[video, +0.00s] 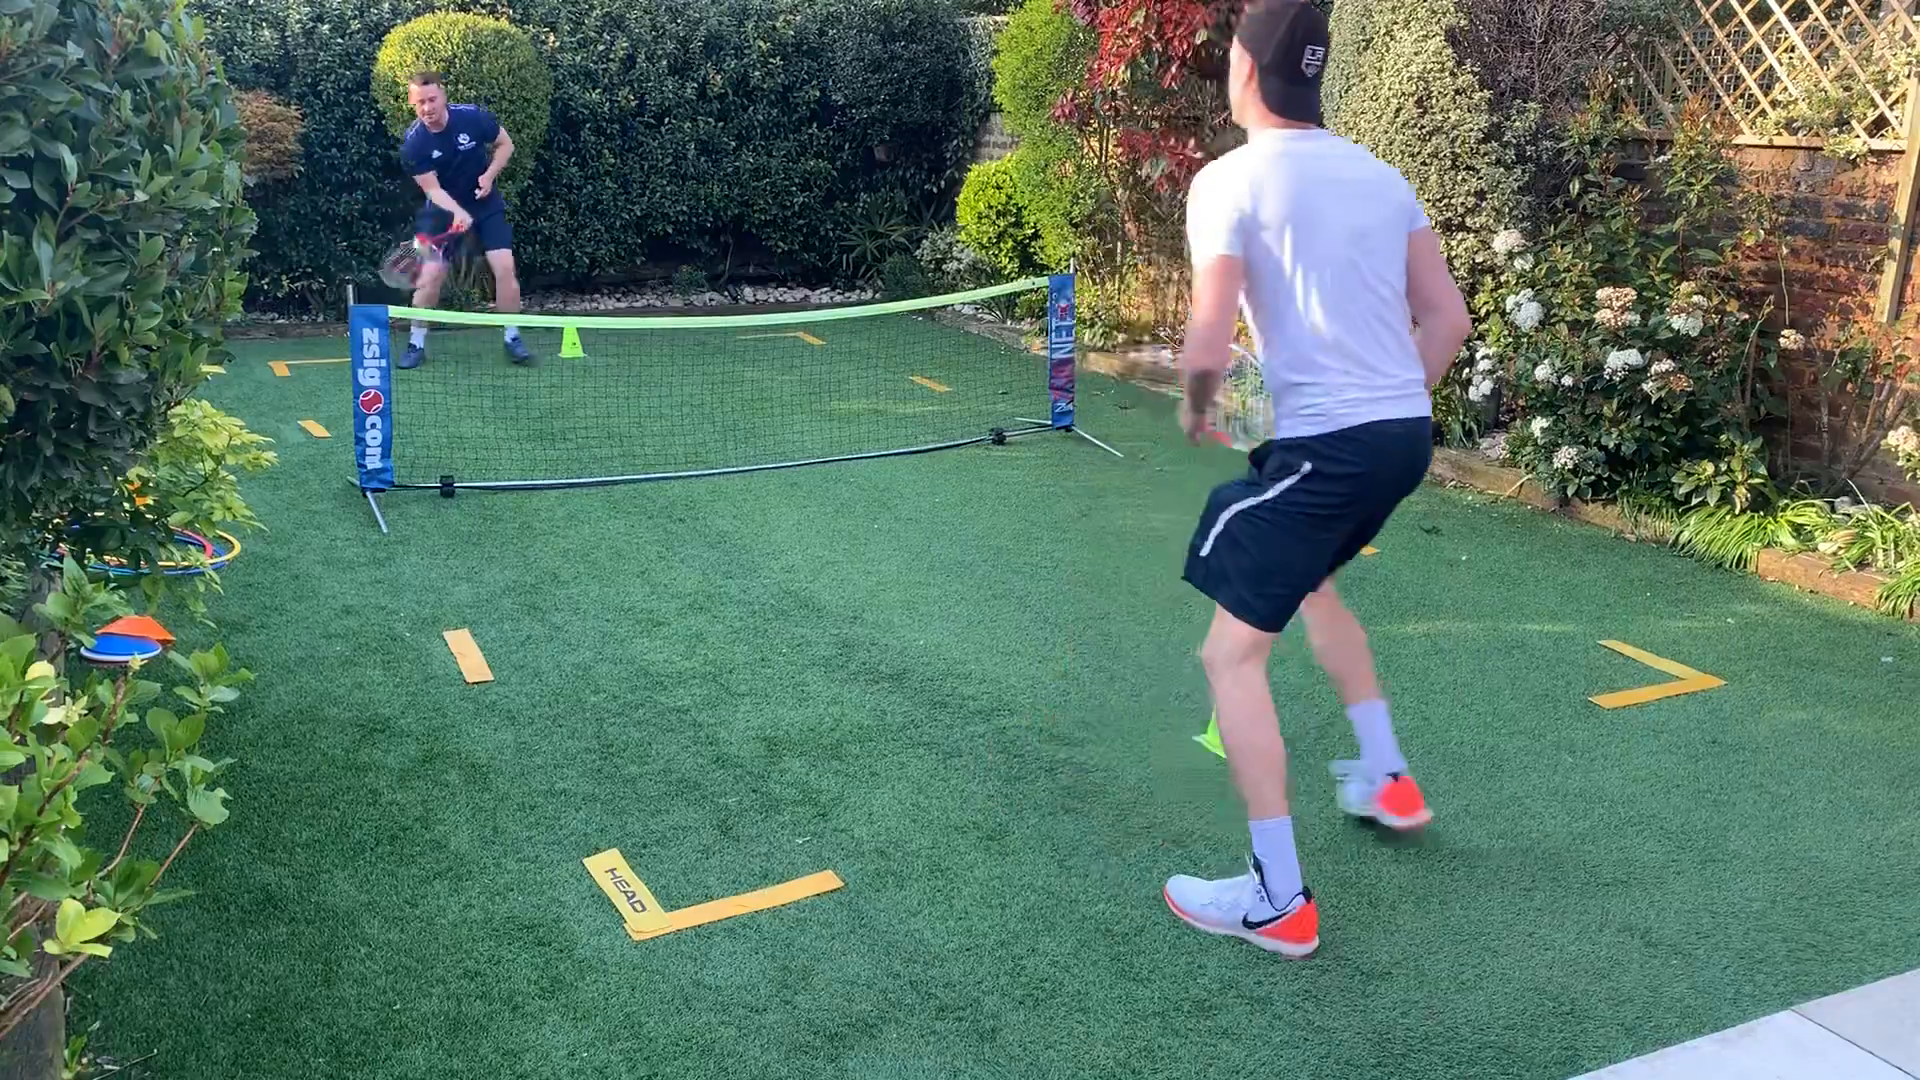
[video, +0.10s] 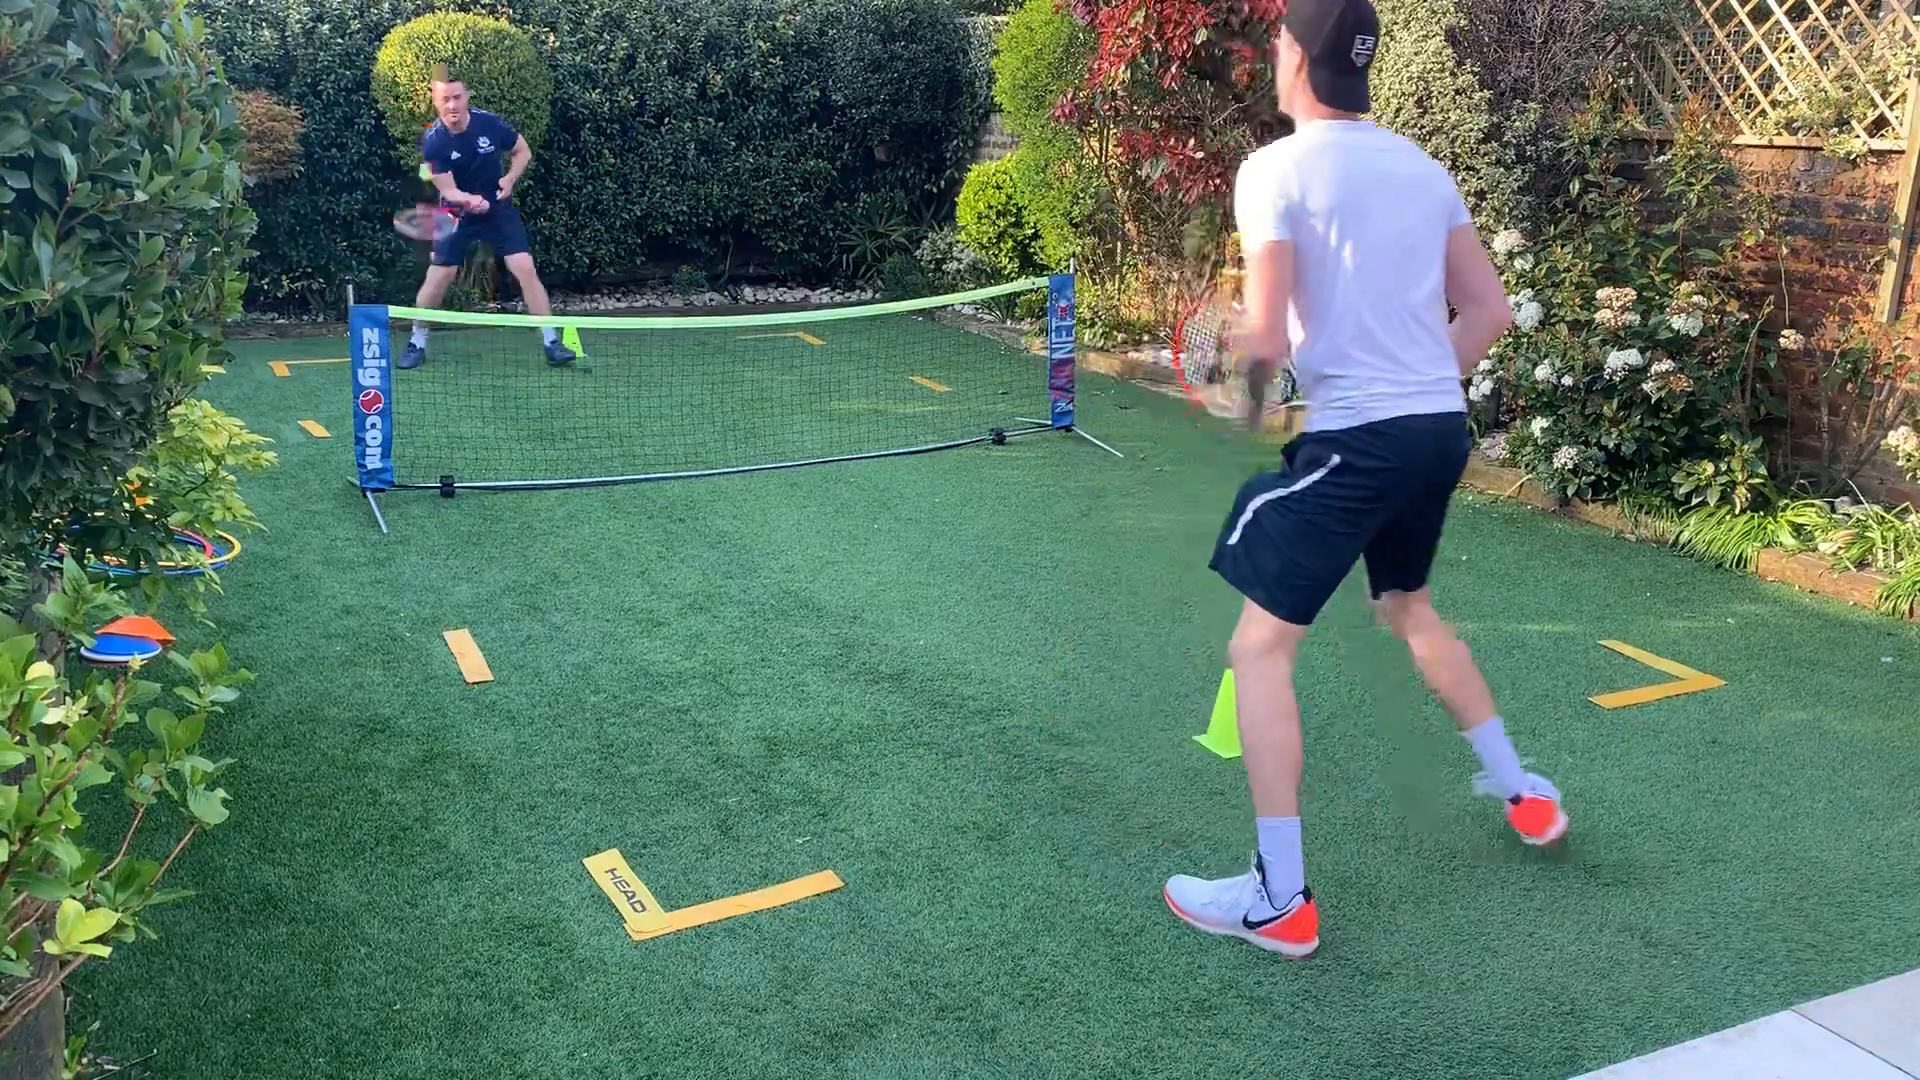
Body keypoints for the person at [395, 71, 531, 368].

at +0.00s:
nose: (427, 108)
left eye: (432, 99)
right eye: (420, 103)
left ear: (444, 97)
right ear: (413, 106)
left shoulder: (474, 118)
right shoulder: (413, 145)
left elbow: (505, 144)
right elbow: (432, 189)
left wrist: (491, 173)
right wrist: (458, 211)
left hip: (484, 203)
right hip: (441, 207)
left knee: (505, 268)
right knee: (431, 273)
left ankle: (512, 337)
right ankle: (416, 344)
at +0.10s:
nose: (452, 105)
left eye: (457, 98)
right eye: (445, 100)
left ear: (468, 98)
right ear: (435, 104)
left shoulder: (488, 124)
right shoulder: (434, 141)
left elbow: (523, 150)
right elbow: (447, 190)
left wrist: (510, 177)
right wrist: (467, 200)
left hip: (498, 207)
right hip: (458, 213)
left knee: (525, 268)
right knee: (439, 276)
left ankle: (551, 342)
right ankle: (416, 344)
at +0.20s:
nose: (484, 106)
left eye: (489, 98)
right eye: (477, 100)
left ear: (498, 100)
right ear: (465, 104)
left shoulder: (520, 131)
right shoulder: (460, 145)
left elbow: (550, 160)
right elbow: (464, 197)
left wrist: (539, 185)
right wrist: (489, 199)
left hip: (519, 217)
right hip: (476, 224)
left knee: (550, 273)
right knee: (449, 288)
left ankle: (575, 343)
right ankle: (418, 342)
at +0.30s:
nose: (513, 102)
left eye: (518, 95)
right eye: (506, 97)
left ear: (530, 96)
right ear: (497, 102)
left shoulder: (554, 129)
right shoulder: (493, 142)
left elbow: (585, 156)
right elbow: (484, 195)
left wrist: (571, 178)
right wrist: (510, 197)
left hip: (554, 223)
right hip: (511, 225)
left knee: (570, 280)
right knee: (475, 286)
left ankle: (578, 348)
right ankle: (433, 342)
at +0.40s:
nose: (537, 91)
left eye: (542, 84)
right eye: (530, 85)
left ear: (554, 86)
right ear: (521, 91)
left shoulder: (579, 116)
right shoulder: (516, 131)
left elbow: (608, 140)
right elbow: (504, 181)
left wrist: (594, 162)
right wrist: (530, 184)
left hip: (580, 212)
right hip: (537, 214)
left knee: (584, 277)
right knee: (518, 277)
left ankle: (583, 348)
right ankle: (503, 347)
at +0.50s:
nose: (559, 82)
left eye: (564, 75)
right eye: (552, 77)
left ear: (574, 73)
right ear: (541, 79)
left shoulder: (600, 105)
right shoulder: (537, 119)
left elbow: (625, 134)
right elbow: (521, 170)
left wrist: (609, 155)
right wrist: (551, 175)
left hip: (605, 199)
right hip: (565, 203)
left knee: (612, 268)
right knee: (569, 269)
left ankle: (613, 340)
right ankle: (580, 342)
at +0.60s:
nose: (581, 91)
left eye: (586, 83)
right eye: (575, 85)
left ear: (596, 84)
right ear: (565, 89)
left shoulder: (616, 117)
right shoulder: (560, 128)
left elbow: (647, 143)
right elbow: (542, 177)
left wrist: (630, 162)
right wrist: (573, 183)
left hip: (629, 207)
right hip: (592, 212)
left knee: (652, 270)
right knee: (608, 275)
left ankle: (664, 331)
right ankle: (633, 344)